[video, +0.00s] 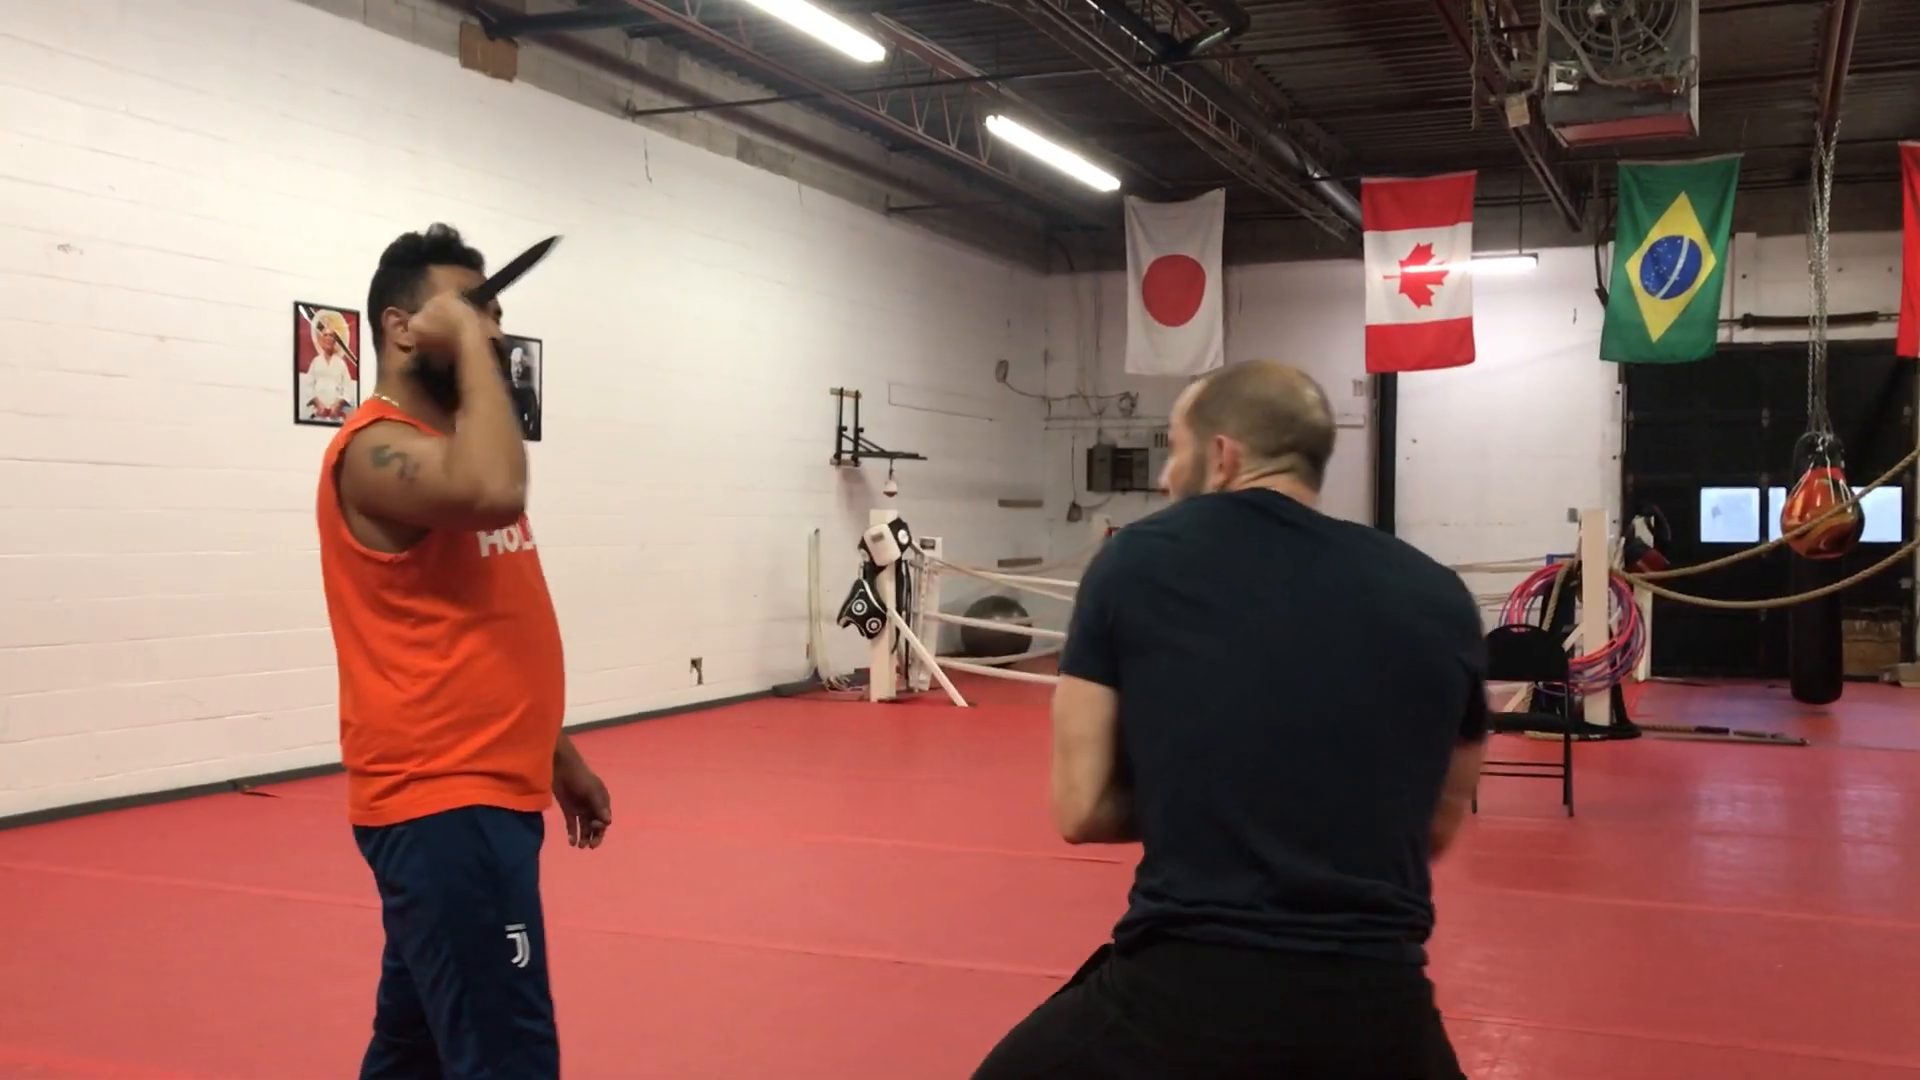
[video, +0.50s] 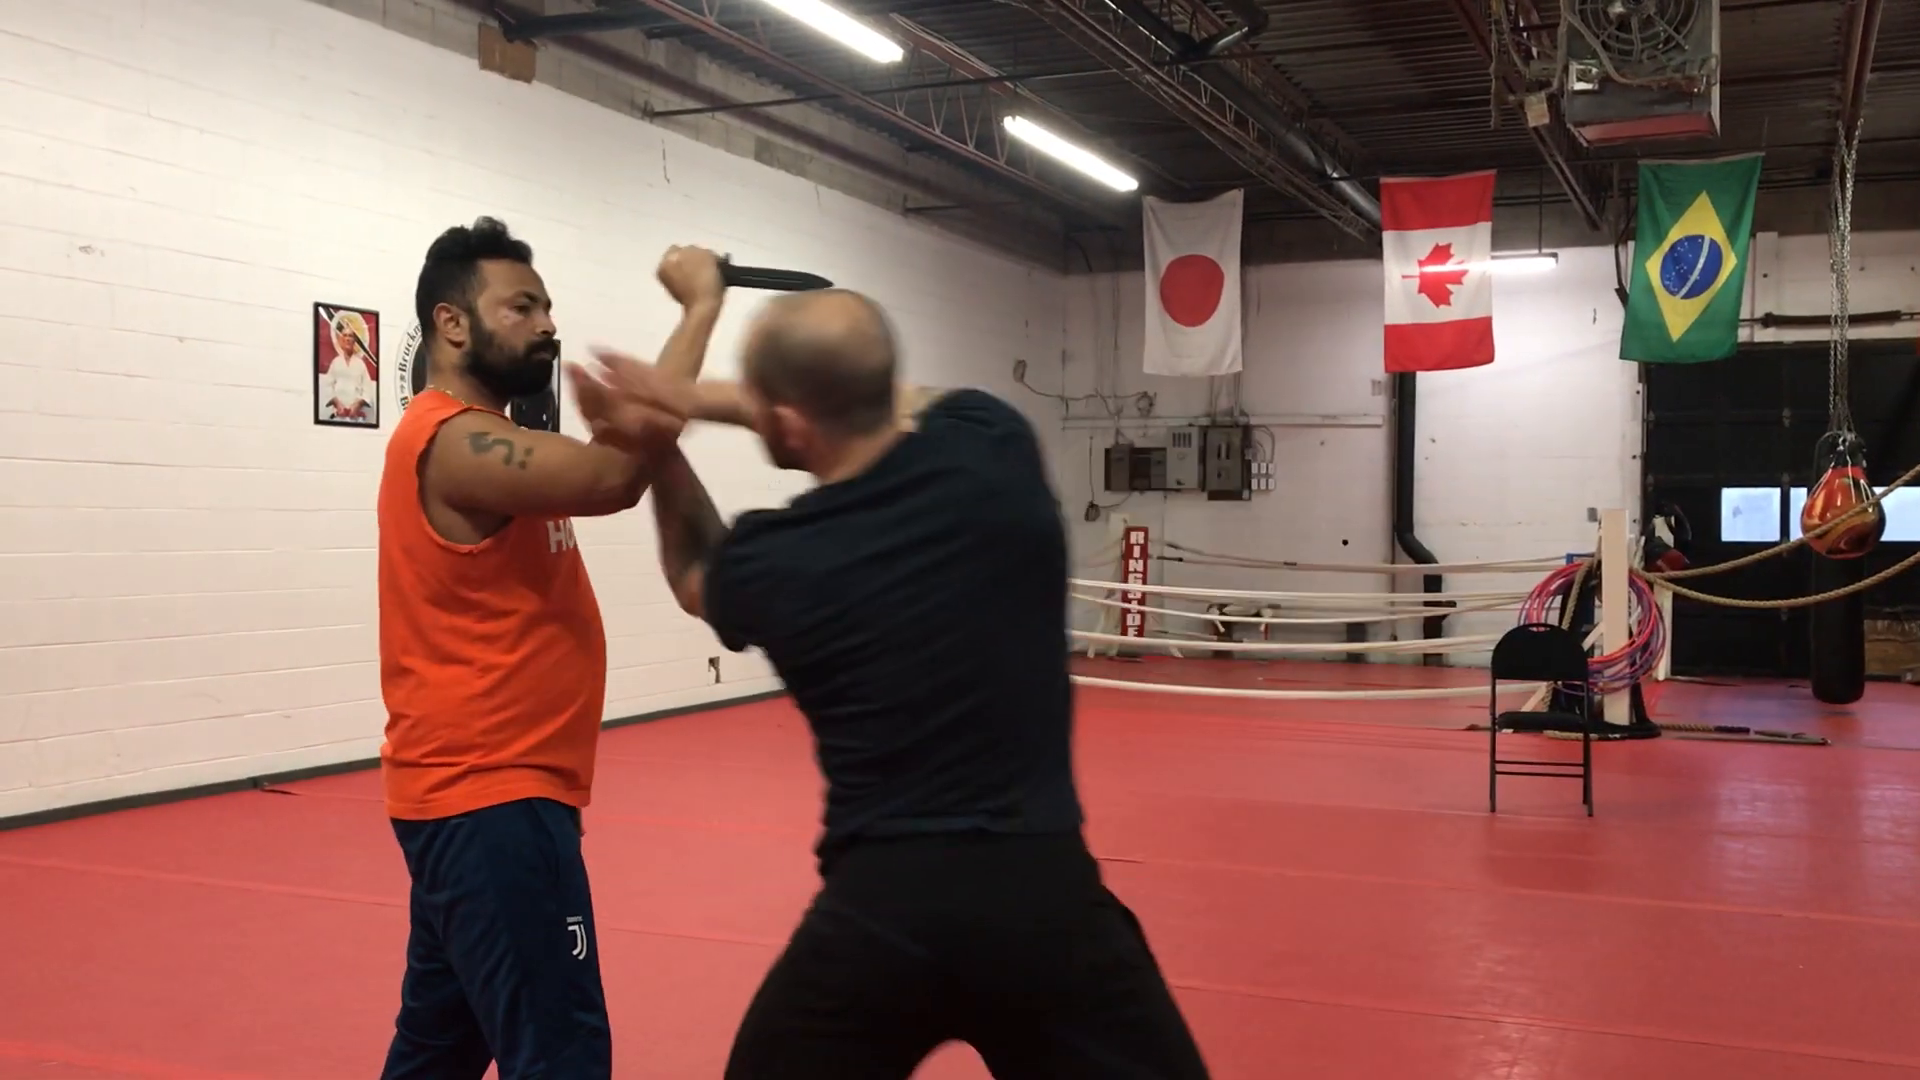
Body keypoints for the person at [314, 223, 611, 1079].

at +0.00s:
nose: (488, 326)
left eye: (488, 310)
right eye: (468, 307)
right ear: (402, 328)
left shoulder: (457, 439)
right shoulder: (377, 446)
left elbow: (487, 622)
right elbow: (492, 485)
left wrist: (557, 751)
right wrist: (471, 340)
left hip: (481, 798)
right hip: (439, 804)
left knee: (415, 1055)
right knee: (509, 1057)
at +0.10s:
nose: (501, 331)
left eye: (499, 315)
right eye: (479, 313)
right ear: (412, 329)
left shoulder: (458, 443)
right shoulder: (401, 444)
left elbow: (481, 636)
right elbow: (526, 479)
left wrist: (559, 759)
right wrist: (522, 333)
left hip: (484, 796)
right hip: (453, 802)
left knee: (426, 1051)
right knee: (529, 1055)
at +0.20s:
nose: (526, 331)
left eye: (524, 313)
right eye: (499, 310)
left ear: (438, 334)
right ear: (429, 328)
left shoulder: (457, 440)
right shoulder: (420, 441)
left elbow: (482, 639)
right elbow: (556, 482)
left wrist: (549, 772)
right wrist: (575, 317)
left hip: (479, 796)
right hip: (469, 802)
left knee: (433, 1049)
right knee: (545, 1055)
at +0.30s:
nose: (534, 327)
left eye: (533, 309)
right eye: (511, 308)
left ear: (448, 332)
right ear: (440, 325)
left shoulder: (449, 437)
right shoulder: (436, 440)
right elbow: (583, 485)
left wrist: (544, 784)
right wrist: (627, 316)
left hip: (473, 794)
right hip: (483, 800)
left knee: (437, 1052)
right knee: (555, 1055)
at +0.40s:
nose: (542, 328)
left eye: (540, 308)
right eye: (518, 307)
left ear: (451, 332)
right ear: (446, 325)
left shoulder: (453, 433)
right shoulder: (446, 439)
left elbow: (602, 495)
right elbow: (603, 483)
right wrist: (671, 314)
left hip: (474, 793)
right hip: (488, 797)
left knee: (438, 1049)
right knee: (560, 1055)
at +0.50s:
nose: (548, 325)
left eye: (545, 307)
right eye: (523, 306)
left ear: (457, 332)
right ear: (451, 325)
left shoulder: (450, 433)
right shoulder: (456, 437)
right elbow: (615, 474)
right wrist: (699, 310)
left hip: (462, 792)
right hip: (492, 797)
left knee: (438, 1048)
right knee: (563, 1053)